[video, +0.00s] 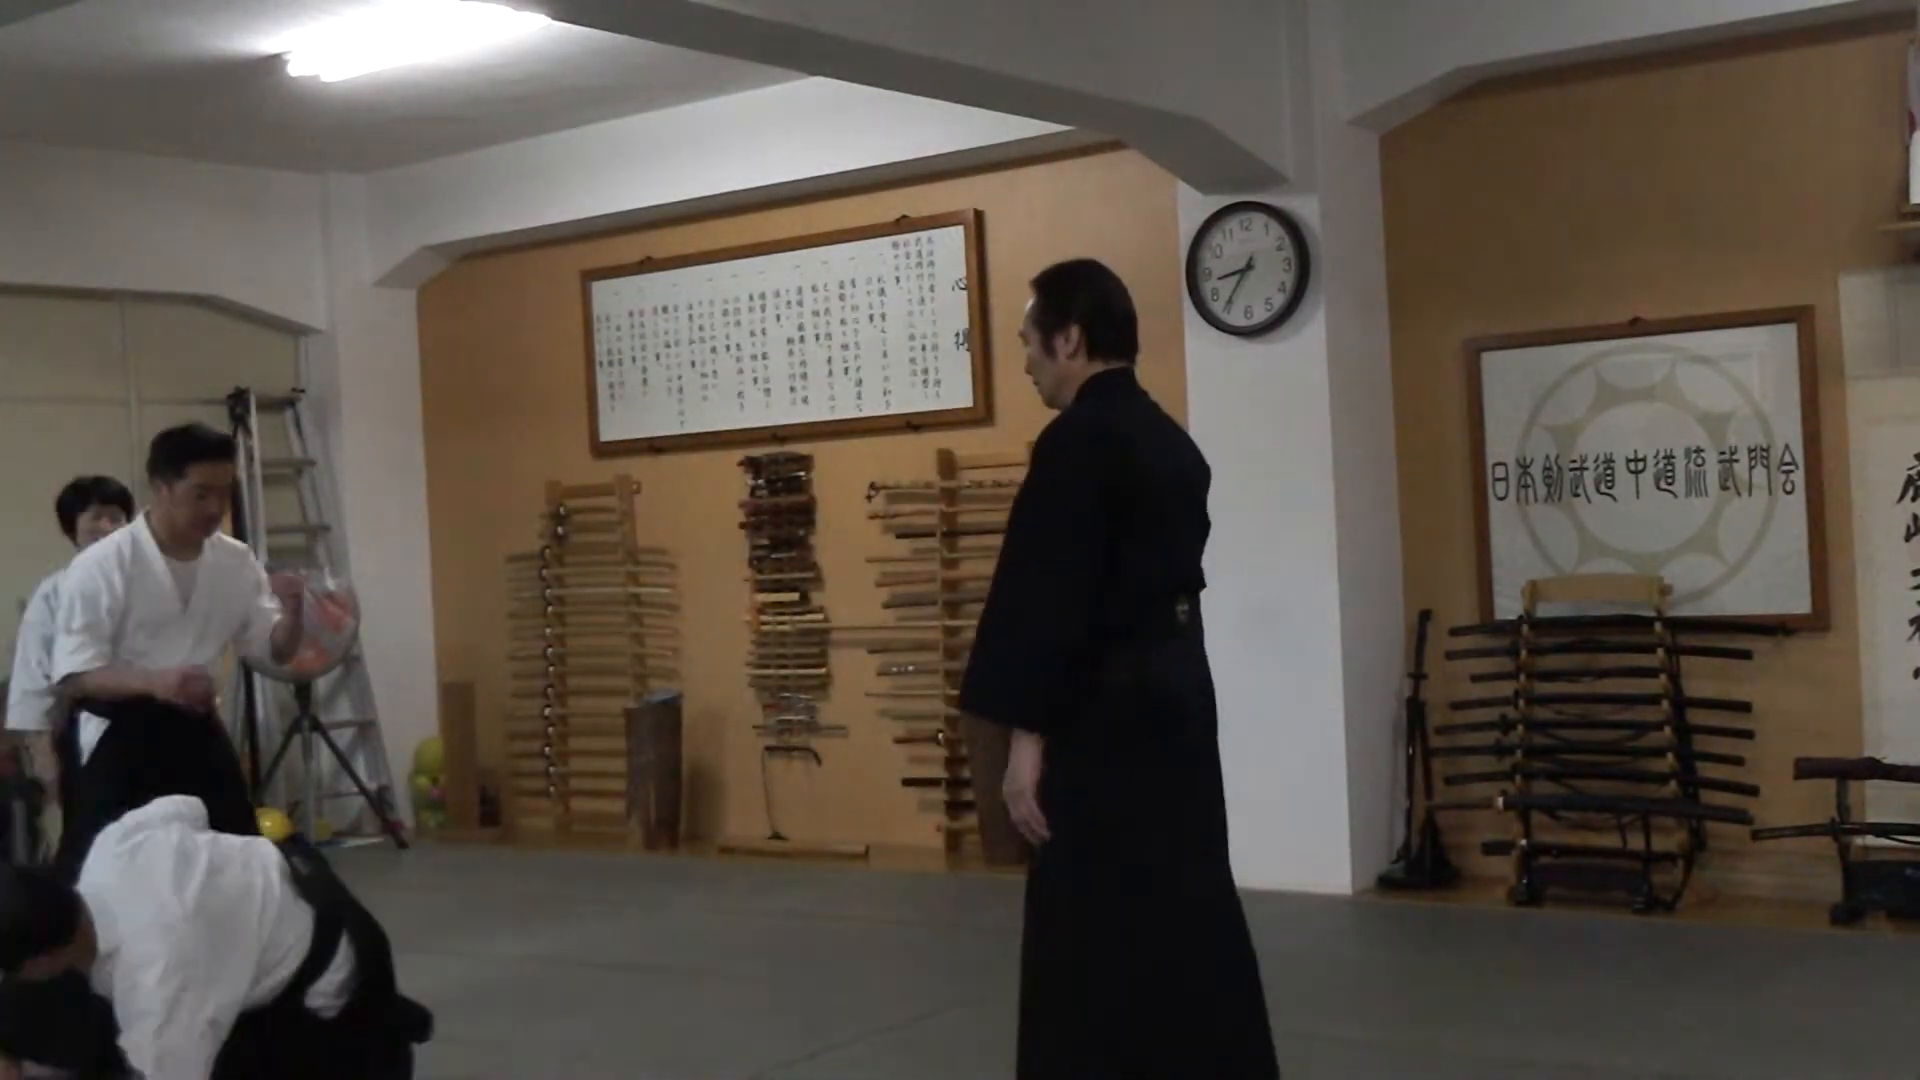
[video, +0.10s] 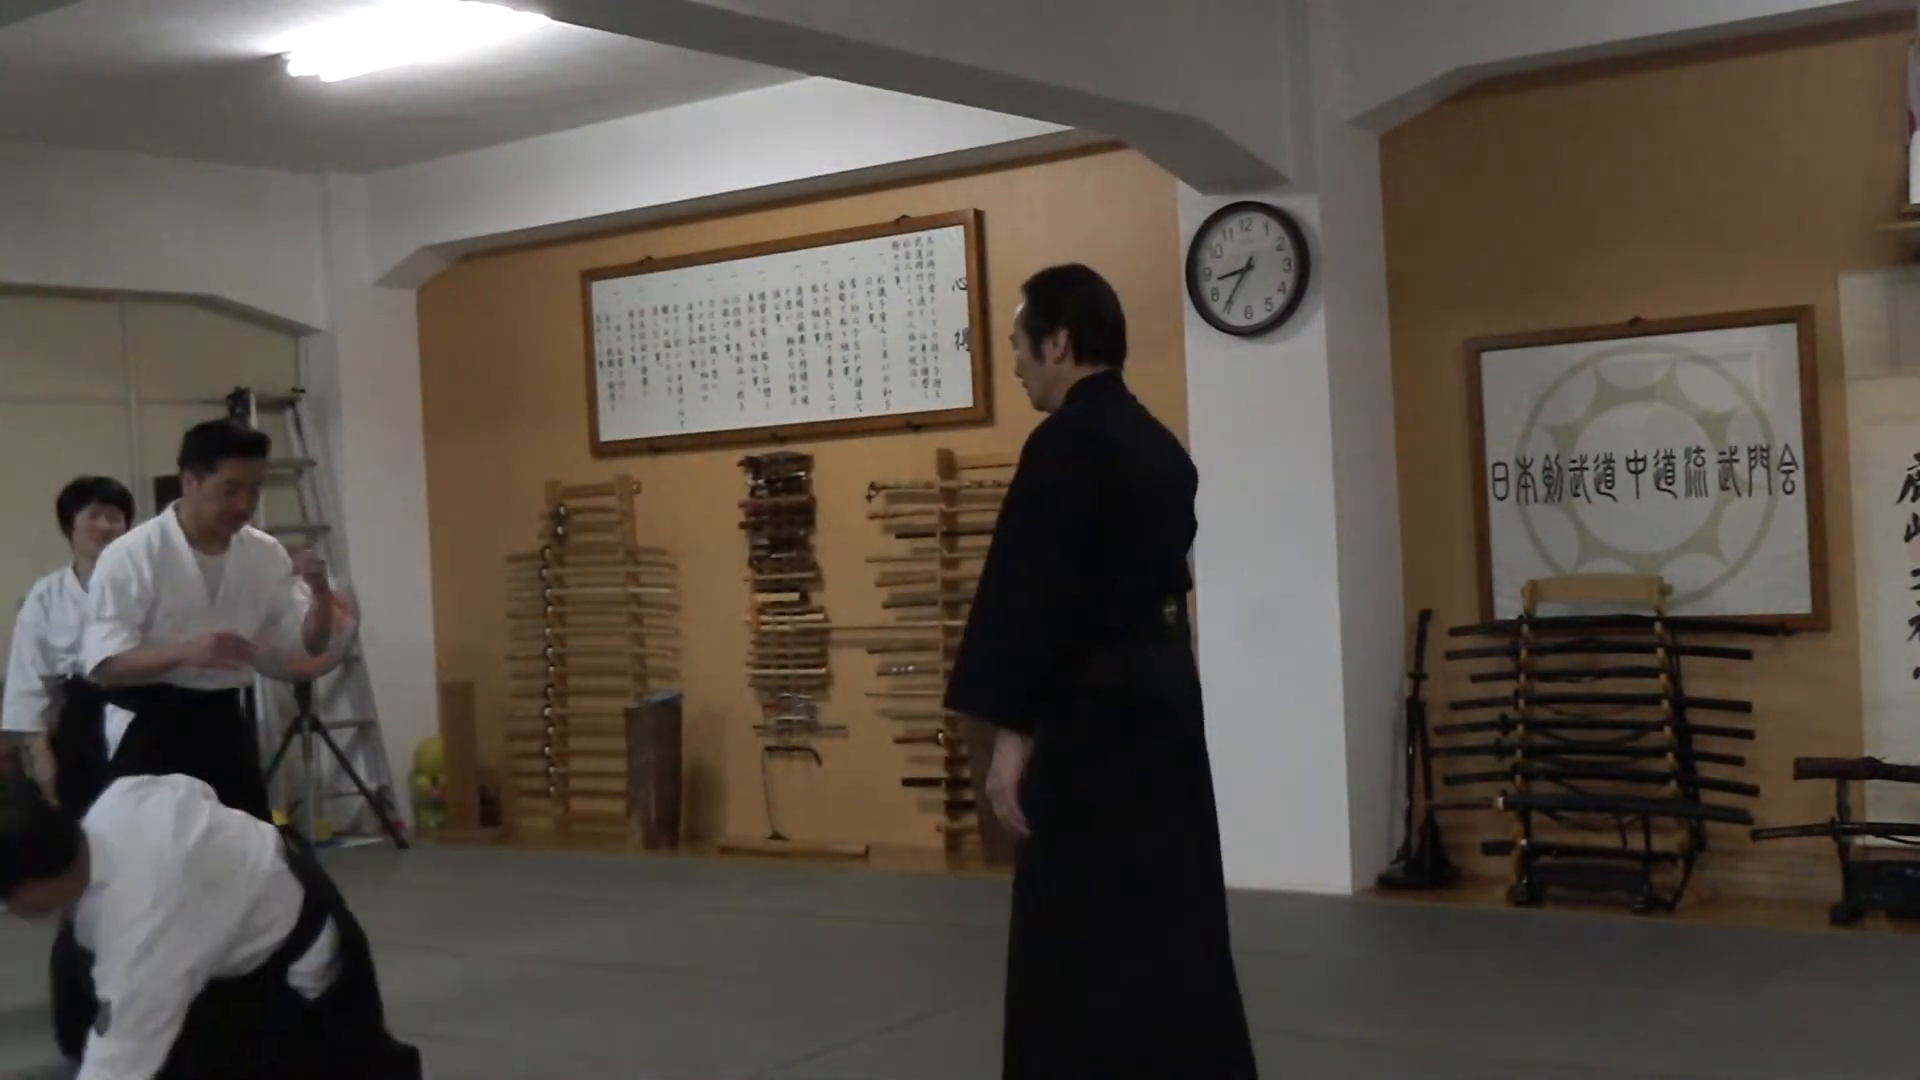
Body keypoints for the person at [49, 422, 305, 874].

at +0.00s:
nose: (217, 509)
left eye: (226, 494)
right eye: (203, 494)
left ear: (234, 491)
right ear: (162, 490)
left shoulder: (236, 562)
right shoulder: (101, 567)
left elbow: (275, 653)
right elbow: (76, 675)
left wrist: (293, 611)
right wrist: (156, 683)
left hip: (200, 738)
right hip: (121, 740)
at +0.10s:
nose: (244, 506)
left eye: (253, 491)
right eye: (230, 490)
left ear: (261, 488)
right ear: (190, 482)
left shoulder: (267, 556)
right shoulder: (131, 556)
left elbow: (309, 646)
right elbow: (104, 664)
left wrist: (321, 595)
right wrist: (189, 652)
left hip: (229, 728)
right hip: (152, 729)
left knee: (247, 861)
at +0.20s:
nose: (257, 498)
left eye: (268, 483)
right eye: (243, 483)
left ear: (277, 481)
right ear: (202, 476)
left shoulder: (283, 551)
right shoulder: (148, 550)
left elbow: (325, 645)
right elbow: (125, 654)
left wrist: (335, 594)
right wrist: (206, 628)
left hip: (244, 722)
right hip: (169, 723)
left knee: (261, 864)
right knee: (176, 866)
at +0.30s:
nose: (267, 489)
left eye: (276, 475)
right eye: (253, 473)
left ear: (283, 475)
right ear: (212, 468)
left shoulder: (288, 547)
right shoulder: (156, 546)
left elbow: (327, 643)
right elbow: (134, 649)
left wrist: (340, 598)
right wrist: (214, 615)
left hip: (261, 721)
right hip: (185, 725)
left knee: (299, 864)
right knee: (196, 875)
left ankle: (310, 1013)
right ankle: (200, 1028)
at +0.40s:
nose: (273, 487)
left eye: (281, 472)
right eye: (258, 473)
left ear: (289, 473)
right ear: (216, 473)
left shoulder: (300, 546)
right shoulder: (170, 550)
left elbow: (342, 647)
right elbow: (146, 657)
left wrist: (342, 592)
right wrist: (220, 614)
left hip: (287, 724)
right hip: (206, 731)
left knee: (340, 864)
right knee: (219, 884)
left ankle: (333, 1024)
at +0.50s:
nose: (287, 494)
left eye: (295, 480)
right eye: (272, 480)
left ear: (302, 483)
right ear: (229, 484)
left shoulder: (311, 557)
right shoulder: (187, 567)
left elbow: (373, 646)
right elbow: (167, 675)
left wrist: (362, 588)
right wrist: (235, 608)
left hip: (302, 731)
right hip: (224, 740)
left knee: (360, 865)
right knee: (263, 887)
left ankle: (374, 1021)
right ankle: (281, 1032)